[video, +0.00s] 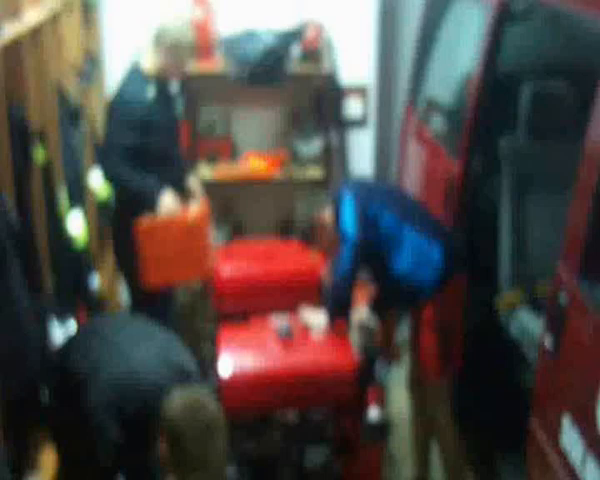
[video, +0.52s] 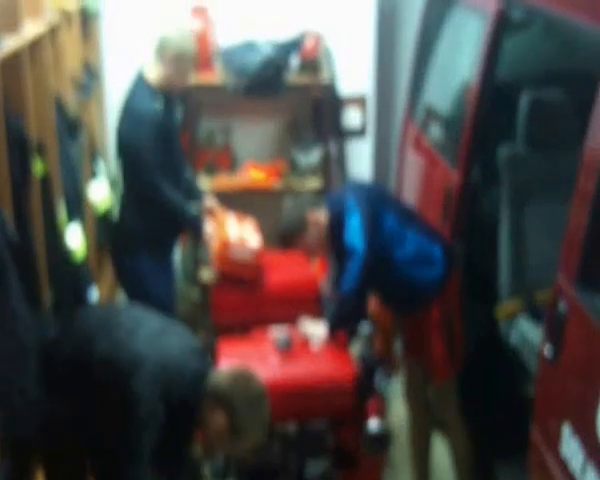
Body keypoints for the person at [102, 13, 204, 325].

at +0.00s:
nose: (183, 66)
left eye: (186, 57)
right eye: (178, 56)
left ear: (178, 53)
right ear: (161, 50)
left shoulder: (164, 90)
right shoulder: (133, 96)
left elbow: (167, 150)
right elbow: (114, 161)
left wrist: (185, 177)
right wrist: (156, 193)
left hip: (162, 217)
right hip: (136, 221)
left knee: (163, 305)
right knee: (149, 308)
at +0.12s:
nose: (182, 65)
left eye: (184, 56)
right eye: (178, 55)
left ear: (168, 51)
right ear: (160, 48)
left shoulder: (157, 92)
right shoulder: (130, 97)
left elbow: (161, 158)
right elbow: (126, 171)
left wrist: (190, 173)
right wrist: (179, 180)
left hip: (156, 224)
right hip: (133, 229)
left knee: (160, 316)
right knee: (151, 319)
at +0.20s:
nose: (177, 64)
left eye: (179, 55)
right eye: (175, 54)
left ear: (169, 51)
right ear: (157, 48)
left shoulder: (152, 93)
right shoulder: (133, 98)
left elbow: (165, 161)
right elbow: (142, 173)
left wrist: (197, 177)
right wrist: (192, 189)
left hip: (153, 229)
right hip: (134, 232)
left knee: (157, 320)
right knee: (151, 321)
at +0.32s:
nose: (178, 69)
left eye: (180, 60)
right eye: (175, 59)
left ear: (170, 55)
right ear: (158, 51)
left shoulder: (154, 94)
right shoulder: (138, 101)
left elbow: (170, 156)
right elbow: (145, 174)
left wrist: (195, 181)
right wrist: (190, 204)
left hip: (154, 227)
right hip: (137, 232)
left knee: (160, 315)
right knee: (154, 319)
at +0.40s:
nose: (183, 69)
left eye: (186, 60)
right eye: (178, 59)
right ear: (160, 52)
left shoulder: (161, 95)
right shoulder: (141, 104)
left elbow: (173, 158)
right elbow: (147, 176)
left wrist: (197, 187)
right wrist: (190, 210)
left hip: (156, 230)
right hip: (138, 234)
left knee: (162, 316)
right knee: (156, 319)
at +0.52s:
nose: (188, 76)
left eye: (189, 67)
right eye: (184, 67)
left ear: (176, 63)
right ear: (167, 61)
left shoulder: (163, 100)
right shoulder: (145, 109)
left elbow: (176, 164)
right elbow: (150, 181)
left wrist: (199, 197)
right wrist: (192, 216)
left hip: (157, 234)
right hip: (140, 238)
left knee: (162, 322)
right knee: (156, 324)